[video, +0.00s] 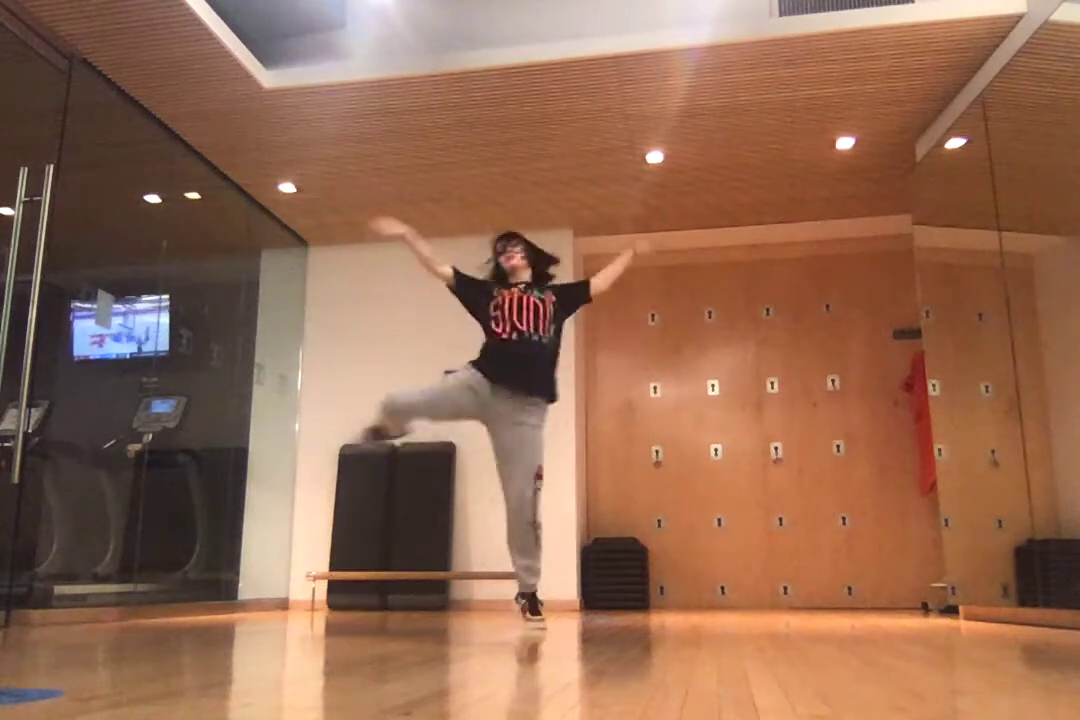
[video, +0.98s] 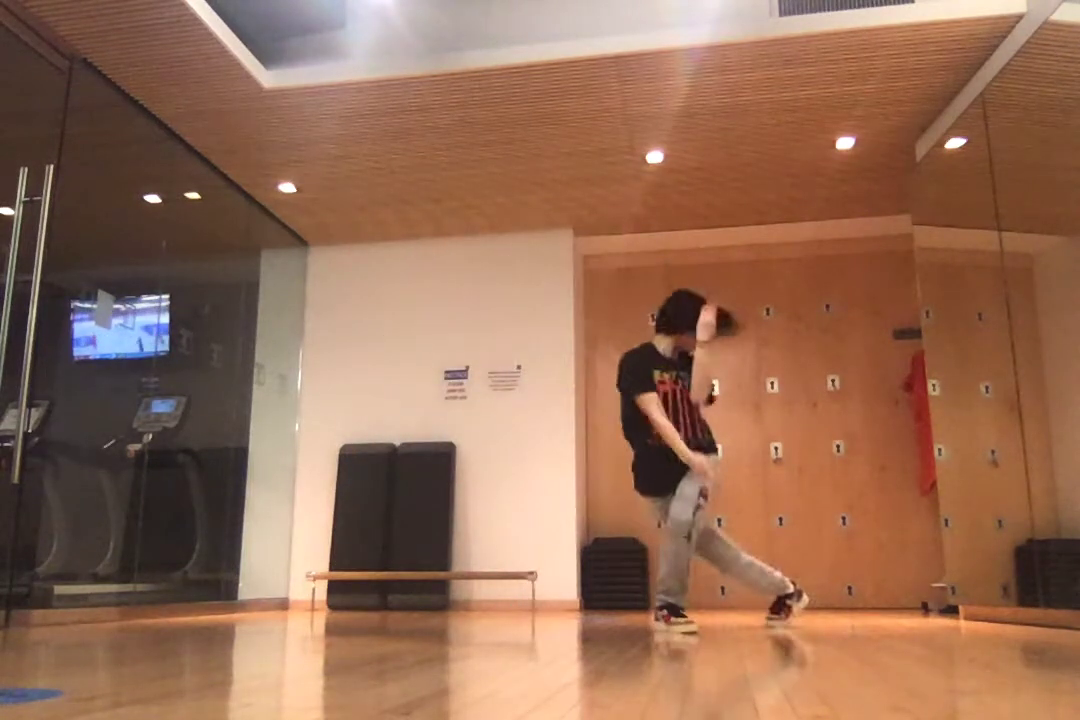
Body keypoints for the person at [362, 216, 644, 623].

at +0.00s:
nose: (510, 253)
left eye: (516, 248)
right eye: (503, 251)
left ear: (533, 256)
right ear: (498, 264)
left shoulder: (558, 297)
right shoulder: (487, 293)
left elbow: (599, 283)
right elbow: (440, 269)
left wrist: (627, 254)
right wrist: (407, 233)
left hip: (525, 409)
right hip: (480, 386)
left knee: (523, 503)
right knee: (398, 402)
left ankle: (528, 592)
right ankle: (385, 431)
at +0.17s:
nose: (537, 287)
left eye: (544, 281)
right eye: (530, 281)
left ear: (556, 289)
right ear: (516, 289)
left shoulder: (568, 321)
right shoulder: (507, 325)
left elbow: (606, 291)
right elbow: (476, 307)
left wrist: (599, 249)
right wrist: (491, 259)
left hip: (554, 422)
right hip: (508, 409)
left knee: (538, 513)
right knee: (443, 439)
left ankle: (526, 596)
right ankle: (477, 524)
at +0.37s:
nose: (562, 285)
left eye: (568, 279)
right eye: (554, 280)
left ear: (580, 286)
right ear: (545, 288)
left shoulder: (596, 321)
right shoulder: (533, 332)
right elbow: (493, 307)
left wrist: (595, 257)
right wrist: (522, 266)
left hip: (589, 429)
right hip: (542, 427)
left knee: (573, 514)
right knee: (535, 506)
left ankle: (539, 587)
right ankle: (549, 597)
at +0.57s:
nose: (599, 269)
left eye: (608, 261)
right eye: (591, 261)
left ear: (621, 267)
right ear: (580, 269)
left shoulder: (640, 296)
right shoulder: (575, 304)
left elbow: (690, 265)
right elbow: (538, 282)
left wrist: (667, 232)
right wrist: (549, 260)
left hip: (638, 422)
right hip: (587, 417)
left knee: (657, 502)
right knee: (554, 483)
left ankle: (672, 599)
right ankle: (528, 550)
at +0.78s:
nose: (663, 300)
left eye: (668, 294)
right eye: (655, 291)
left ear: (674, 303)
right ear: (638, 298)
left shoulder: (683, 346)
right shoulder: (619, 341)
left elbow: (707, 327)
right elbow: (630, 389)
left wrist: (691, 285)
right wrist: (614, 352)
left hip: (672, 445)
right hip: (627, 452)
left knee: (675, 516)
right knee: (654, 535)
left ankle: (670, 604)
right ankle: (719, 564)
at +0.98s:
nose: (695, 340)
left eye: (698, 334)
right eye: (694, 332)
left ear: (680, 328)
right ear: (679, 326)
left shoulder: (688, 361)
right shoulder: (636, 361)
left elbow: (699, 396)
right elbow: (656, 417)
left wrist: (703, 342)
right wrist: (689, 456)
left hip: (698, 456)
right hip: (656, 467)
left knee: (679, 524)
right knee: (703, 540)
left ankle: (669, 605)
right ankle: (785, 591)